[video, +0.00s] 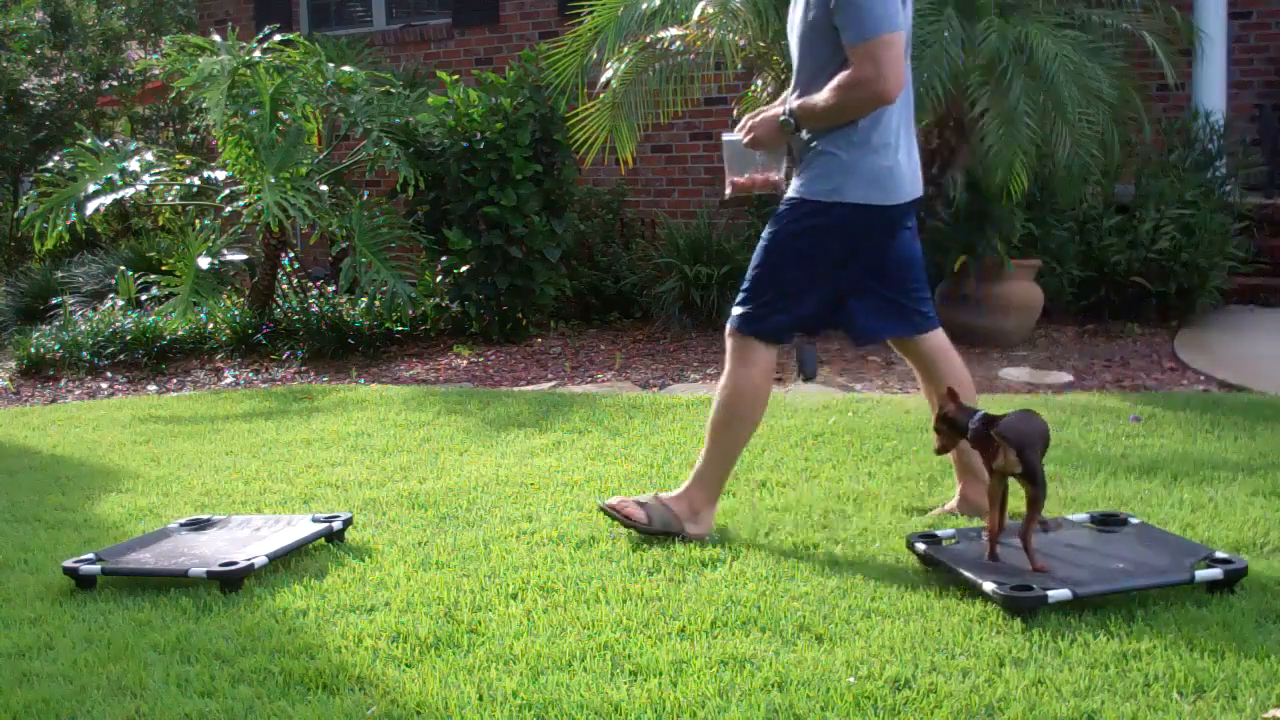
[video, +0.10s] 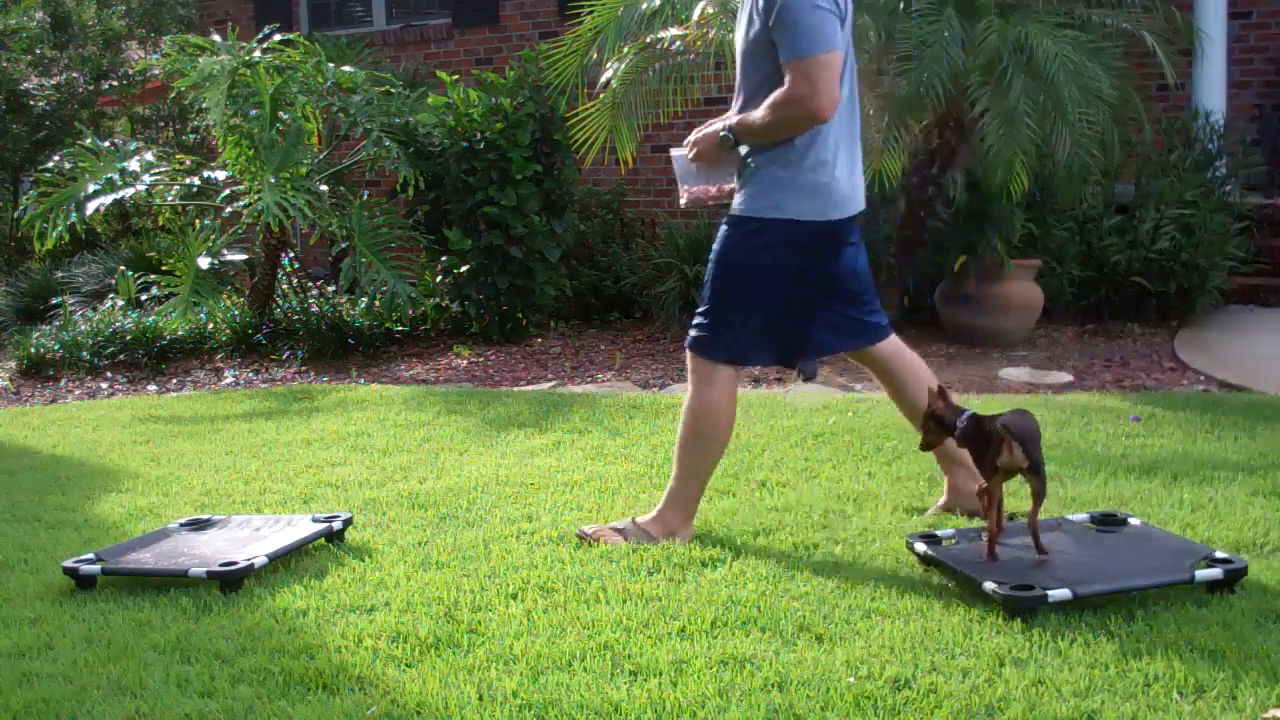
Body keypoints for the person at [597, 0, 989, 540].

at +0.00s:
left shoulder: (863, 1)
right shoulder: (829, 8)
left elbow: (880, 78)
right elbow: (860, 93)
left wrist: (788, 117)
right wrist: (785, 164)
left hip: (840, 188)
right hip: (881, 185)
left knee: (750, 335)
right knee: (920, 335)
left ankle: (695, 504)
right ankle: (979, 487)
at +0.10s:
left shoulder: (799, 2)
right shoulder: (809, 4)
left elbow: (814, 98)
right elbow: (796, 94)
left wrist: (731, 132)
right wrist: (727, 130)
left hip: (782, 203)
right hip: (826, 199)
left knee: (711, 355)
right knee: (874, 341)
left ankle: (671, 520)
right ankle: (967, 478)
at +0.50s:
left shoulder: (604, 2)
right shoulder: (578, 4)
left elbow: (614, 98)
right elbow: (593, 82)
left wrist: (545, 127)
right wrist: (531, 112)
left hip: (617, 188)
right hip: (590, 185)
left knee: (621, 355)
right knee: (527, 295)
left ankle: (660, 520)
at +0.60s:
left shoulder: (570, 3)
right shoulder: (532, 4)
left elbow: (583, 105)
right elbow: (556, 85)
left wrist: (504, 148)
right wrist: (502, 118)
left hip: (581, 195)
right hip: (550, 194)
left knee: (606, 350)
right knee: (499, 315)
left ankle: (660, 519)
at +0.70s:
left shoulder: (537, 5)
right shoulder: (488, 5)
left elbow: (544, 120)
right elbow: (515, 101)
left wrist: (459, 184)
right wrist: (468, 131)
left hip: (542, 204)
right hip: (504, 203)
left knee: (579, 357)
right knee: (477, 343)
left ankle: (656, 515)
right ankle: (449, 496)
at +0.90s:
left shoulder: (463, 14)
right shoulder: (409, 6)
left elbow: (441, 135)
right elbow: (432, 104)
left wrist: (391, 231)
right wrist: (396, 142)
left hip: (453, 214)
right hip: (427, 211)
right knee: (424, 355)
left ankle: (564, 439)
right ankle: (435, 499)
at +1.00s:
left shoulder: (428, 14)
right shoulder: (382, 4)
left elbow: (402, 131)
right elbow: (396, 95)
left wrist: (358, 229)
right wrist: (363, 137)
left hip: (419, 206)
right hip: (406, 199)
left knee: (342, 337)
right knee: (408, 345)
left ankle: (486, 437)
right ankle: (432, 498)